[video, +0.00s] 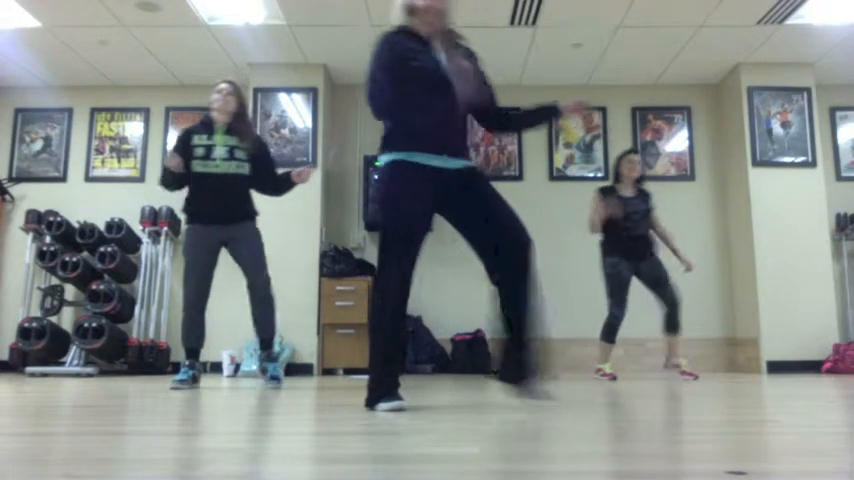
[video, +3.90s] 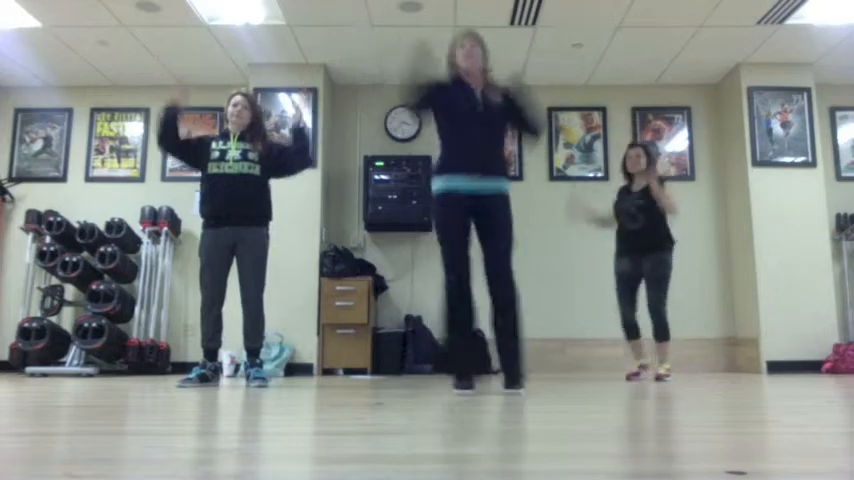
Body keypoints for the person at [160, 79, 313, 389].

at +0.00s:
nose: (220, 97)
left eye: (228, 94)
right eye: (217, 92)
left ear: (239, 105)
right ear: (209, 100)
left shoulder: (250, 141)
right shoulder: (190, 137)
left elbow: (266, 184)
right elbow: (172, 184)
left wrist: (291, 179)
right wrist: (173, 170)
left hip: (241, 226)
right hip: (202, 227)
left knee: (260, 285)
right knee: (194, 295)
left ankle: (267, 357)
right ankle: (190, 364)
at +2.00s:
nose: (221, 105)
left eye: (227, 103)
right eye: (217, 101)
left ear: (236, 115)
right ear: (207, 110)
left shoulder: (246, 150)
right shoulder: (188, 145)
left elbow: (263, 191)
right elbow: (170, 189)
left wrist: (289, 188)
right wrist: (171, 174)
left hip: (237, 230)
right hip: (199, 232)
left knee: (255, 287)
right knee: (195, 297)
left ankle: (265, 355)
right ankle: (194, 363)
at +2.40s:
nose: (214, 107)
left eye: (220, 105)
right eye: (211, 103)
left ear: (230, 115)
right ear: (202, 111)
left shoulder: (240, 148)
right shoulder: (184, 147)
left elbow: (268, 175)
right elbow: (152, 168)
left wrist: (281, 159)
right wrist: (137, 152)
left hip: (235, 231)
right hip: (197, 232)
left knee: (248, 292)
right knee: (194, 297)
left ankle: (260, 360)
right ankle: (193, 363)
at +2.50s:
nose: (220, 107)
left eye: (226, 104)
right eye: (216, 103)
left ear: (235, 114)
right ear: (207, 111)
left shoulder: (247, 148)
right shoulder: (187, 144)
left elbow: (284, 152)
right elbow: (147, 128)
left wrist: (284, 125)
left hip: (240, 228)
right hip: (204, 229)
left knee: (249, 291)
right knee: (198, 298)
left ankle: (260, 358)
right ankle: (195, 363)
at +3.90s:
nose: (236, 110)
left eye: (242, 107)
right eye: (233, 105)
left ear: (253, 115)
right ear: (225, 112)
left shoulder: (265, 149)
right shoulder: (208, 145)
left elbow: (301, 158)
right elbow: (170, 143)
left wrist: (298, 125)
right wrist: (172, 109)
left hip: (252, 232)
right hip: (216, 231)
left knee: (252, 298)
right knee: (211, 298)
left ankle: (253, 364)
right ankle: (210, 364)